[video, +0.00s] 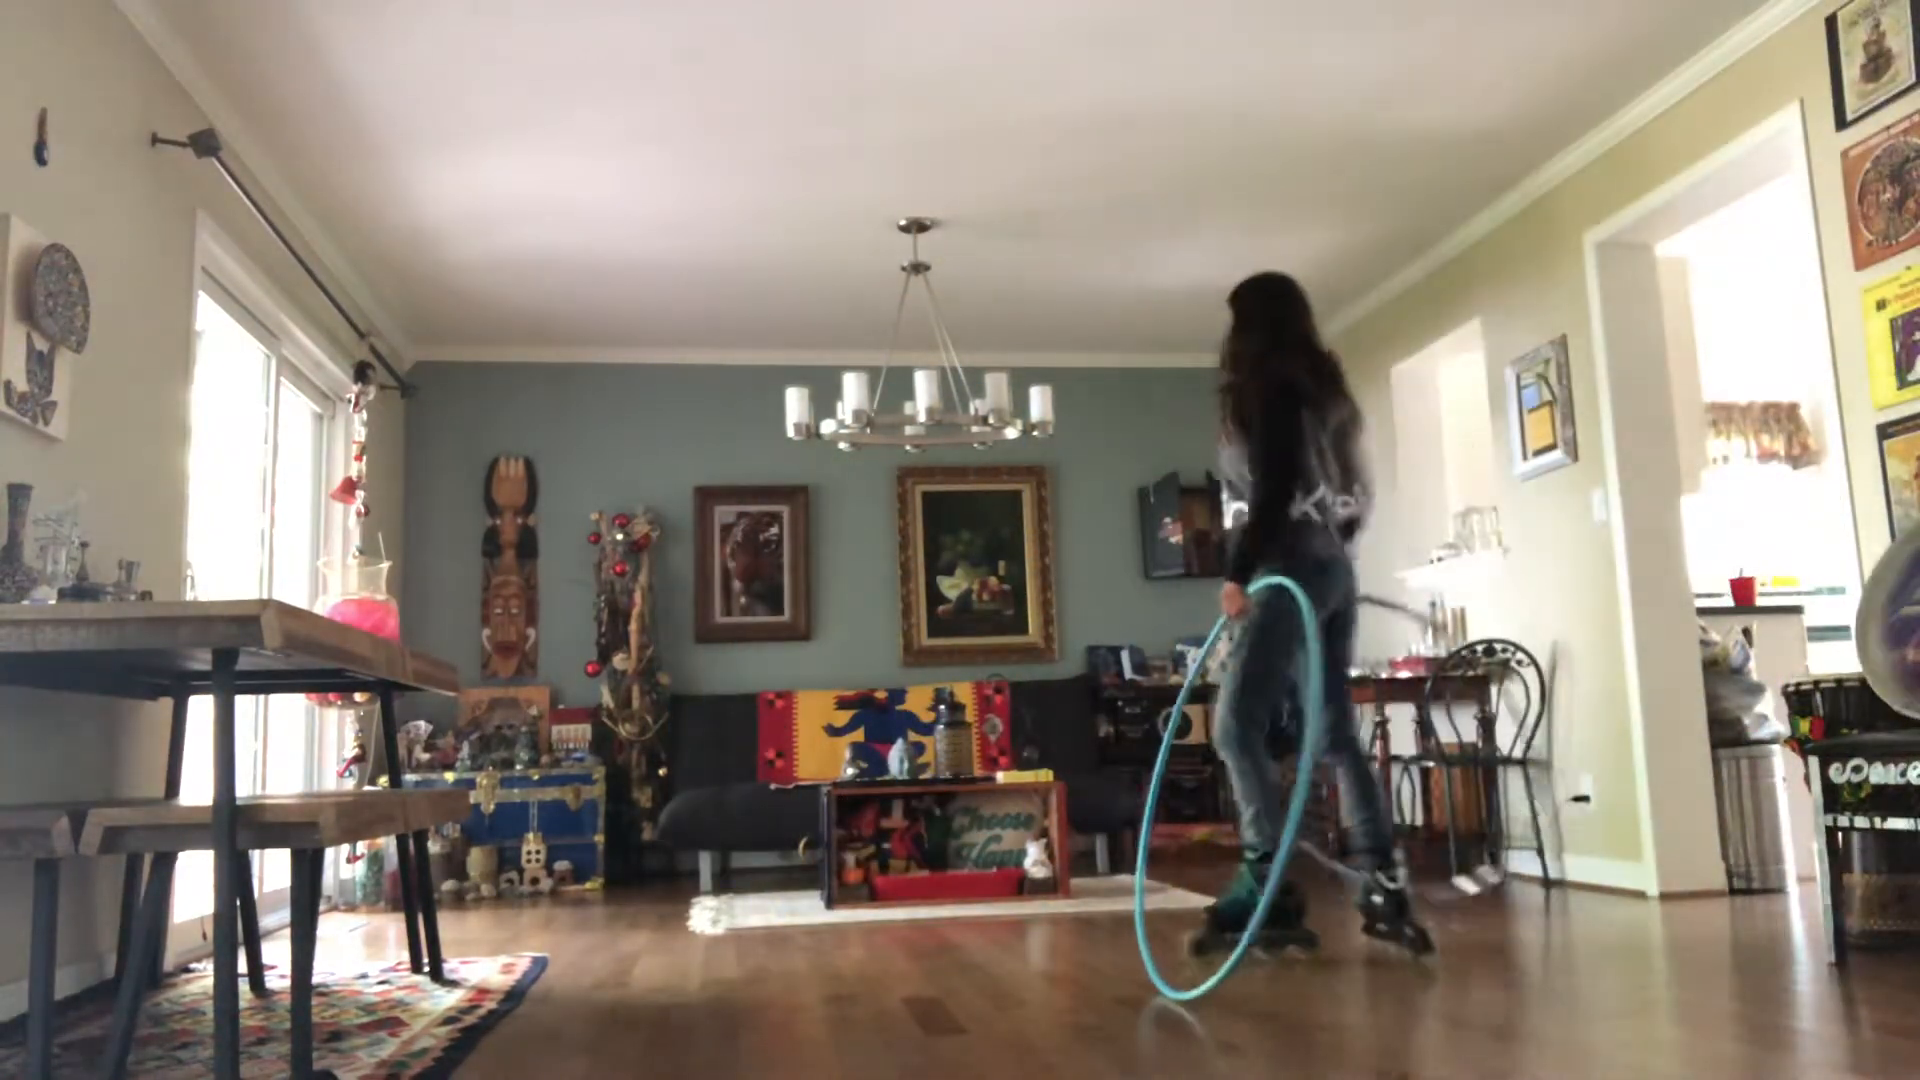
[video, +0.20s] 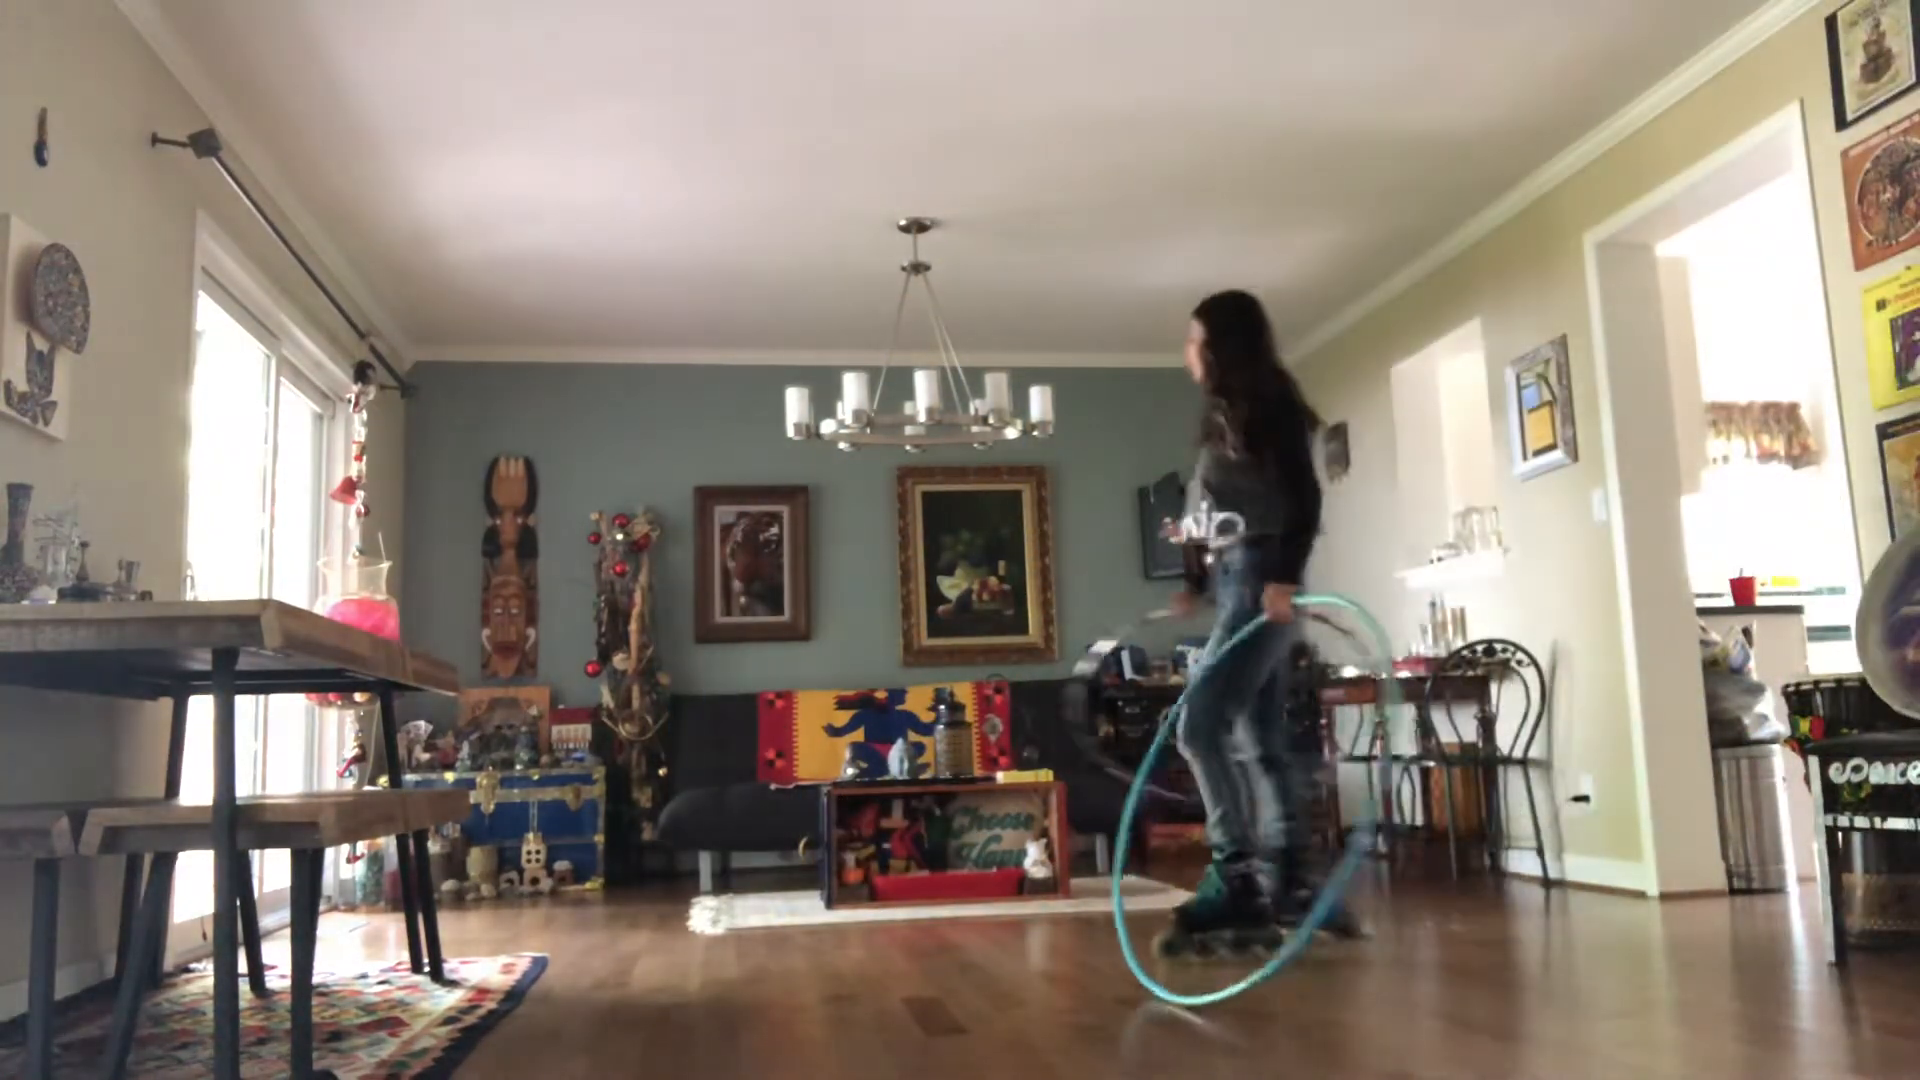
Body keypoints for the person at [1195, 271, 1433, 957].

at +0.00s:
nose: (1231, 334)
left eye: (1236, 321)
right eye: (1234, 321)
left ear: (1250, 322)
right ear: (1299, 319)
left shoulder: (1266, 378)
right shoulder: (1326, 379)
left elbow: (1274, 478)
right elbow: (1357, 491)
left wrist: (1238, 572)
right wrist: (1328, 551)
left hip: (1290, 561)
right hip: (1332, 561)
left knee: (1237, 729)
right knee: (1336, 735)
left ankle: (1268, 887)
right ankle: (1384, 887)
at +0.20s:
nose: (1188, 355)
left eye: (1195, 343)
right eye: (1189, 343)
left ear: (1224, 344)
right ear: (1229, 341)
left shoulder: (1267, 401)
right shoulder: (1223, 410)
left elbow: (1302, 494)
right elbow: (1216, 506)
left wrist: (1283, 576)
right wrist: (1194, 579)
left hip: (1262, 580)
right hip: (1234, 580)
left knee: (1197, 724)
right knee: (1264, 739)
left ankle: (1237, 874)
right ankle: (1288, 880)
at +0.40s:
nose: (1152, 354)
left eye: (1162, 342)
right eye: (1151, 342)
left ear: (1195, 344)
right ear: (1163, 348)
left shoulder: (1237, 402)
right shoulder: (1169, 417)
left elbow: (1283, 491)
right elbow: (1165, 516)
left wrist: (1296, 583)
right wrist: (1123, 572)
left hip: (1223, 564)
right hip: (1175, 569)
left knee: (1180, 723)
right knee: (1174, 724)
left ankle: (1221, 875)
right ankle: (1187, 870)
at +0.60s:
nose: (1118, 352)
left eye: (1129, 340)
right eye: (1115, 341)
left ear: (1162, 342)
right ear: (1116, 348)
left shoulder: (1205, 402)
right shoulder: (1120, 416)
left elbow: (1252, 492)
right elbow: (1105, 507)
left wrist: (1260, 584)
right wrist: (1061, 569)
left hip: (1190, 562)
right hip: (1126, 566)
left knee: (1160, 723)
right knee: (1122, 730)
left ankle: (1207, 877)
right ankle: (1135, 881)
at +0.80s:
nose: (1088, 347)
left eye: (1099, 334)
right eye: (1083, 337)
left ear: (1132, 337)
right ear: (1080, 347)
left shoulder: (1173, 404)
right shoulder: (1077, 417)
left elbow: (1217, 485)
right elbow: (1048, 502)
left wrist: (1233, 566)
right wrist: (1009, 563)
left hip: (1165, 575)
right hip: (1097, 581)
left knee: (1154, 731)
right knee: (1093, 737)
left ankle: (1187, 878)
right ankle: (1105, 885)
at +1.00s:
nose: (1078, 340)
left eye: (1090, 328)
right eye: (1072, 332)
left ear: (1123, 331)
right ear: (1067, 341)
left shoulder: (1165, 403)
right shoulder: (1058, 407)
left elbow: (1202, 475)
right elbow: (1021, 479)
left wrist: (1238, 537)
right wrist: (982, 539)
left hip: (1159, 573)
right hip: (1082, 579)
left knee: (1167, 732)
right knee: (1069, 738)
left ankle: (1178, 881)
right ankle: (1074, 887)